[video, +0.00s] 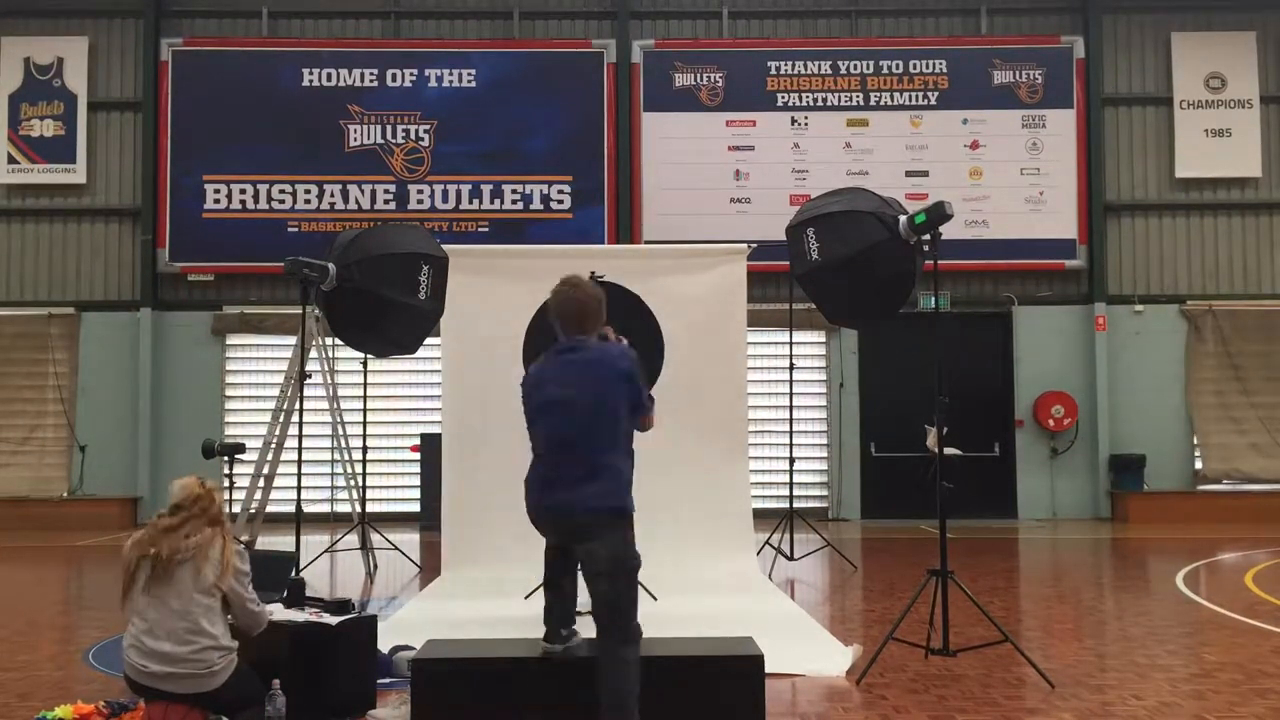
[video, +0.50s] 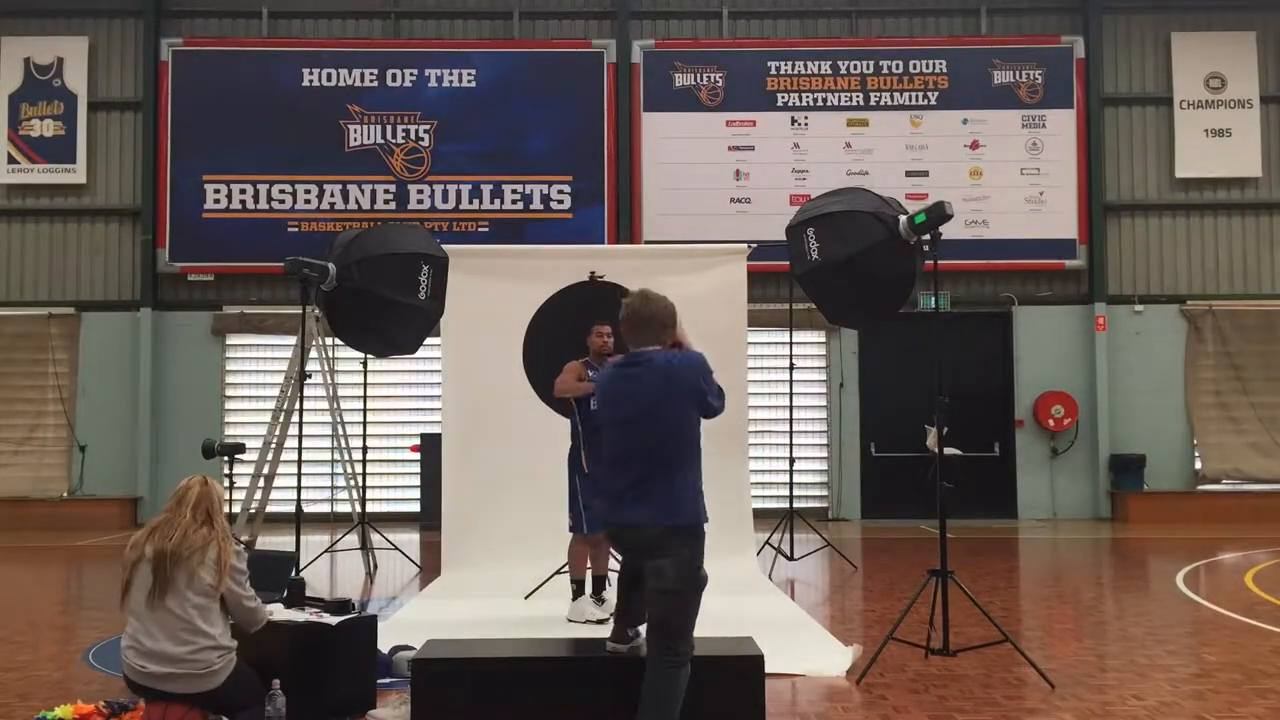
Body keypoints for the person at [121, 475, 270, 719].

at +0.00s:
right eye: (217, 504)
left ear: (173, 508)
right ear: (215, 509)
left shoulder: (142, 542)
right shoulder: (226, 549)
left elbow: (132, 605)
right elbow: (254, 621)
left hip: (140, 678)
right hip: (205, 681)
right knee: (254, 702)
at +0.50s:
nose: (224, 513)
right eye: (222, 507)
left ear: (175, 504)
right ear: (216, 510)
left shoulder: (142, 540)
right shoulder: (223, 548)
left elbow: (133, 603)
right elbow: (251, 618)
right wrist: (263, 612)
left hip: (139, 678)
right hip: (203, 681)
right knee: (254, 700)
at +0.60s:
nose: (233, 524)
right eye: (230, 518)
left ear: (187, 517)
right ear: (226, 520)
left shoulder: (156, 546)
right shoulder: (230, 550)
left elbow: (137, 605)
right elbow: (255, 618)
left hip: (141, 678)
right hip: (207, 682)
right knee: (253, 704)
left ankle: (153, 708)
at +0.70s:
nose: (223, 513)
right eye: (219, 507)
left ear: (171, 506)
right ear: (213, 510)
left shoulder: (141, 540)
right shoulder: (224, 547)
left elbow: (130, 608)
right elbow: (255, 617)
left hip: (140, 679)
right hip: (206, 682)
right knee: (254, 701)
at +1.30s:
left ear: (173, 509)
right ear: (218, 514)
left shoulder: (144, 543)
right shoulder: (226, 550)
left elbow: (130, 608)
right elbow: (253, 618)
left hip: (140, 679)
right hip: (205, 681)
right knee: (255, 703)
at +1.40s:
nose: (230, 515)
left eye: (227, 506)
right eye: (223, 506)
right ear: (210, 511)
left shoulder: (155, 538)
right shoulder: (219, 545)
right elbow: (252, 614)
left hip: (156, 672)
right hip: (209, 676)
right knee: (255, 704)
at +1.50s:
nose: (222, 513)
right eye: (219, 506)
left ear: (171, 505)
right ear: (212, 508)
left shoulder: (144, 542)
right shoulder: (222, 547)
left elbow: (134, 606)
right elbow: (252, 616)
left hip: (141, 678)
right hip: (205, 680)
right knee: (255, 703)